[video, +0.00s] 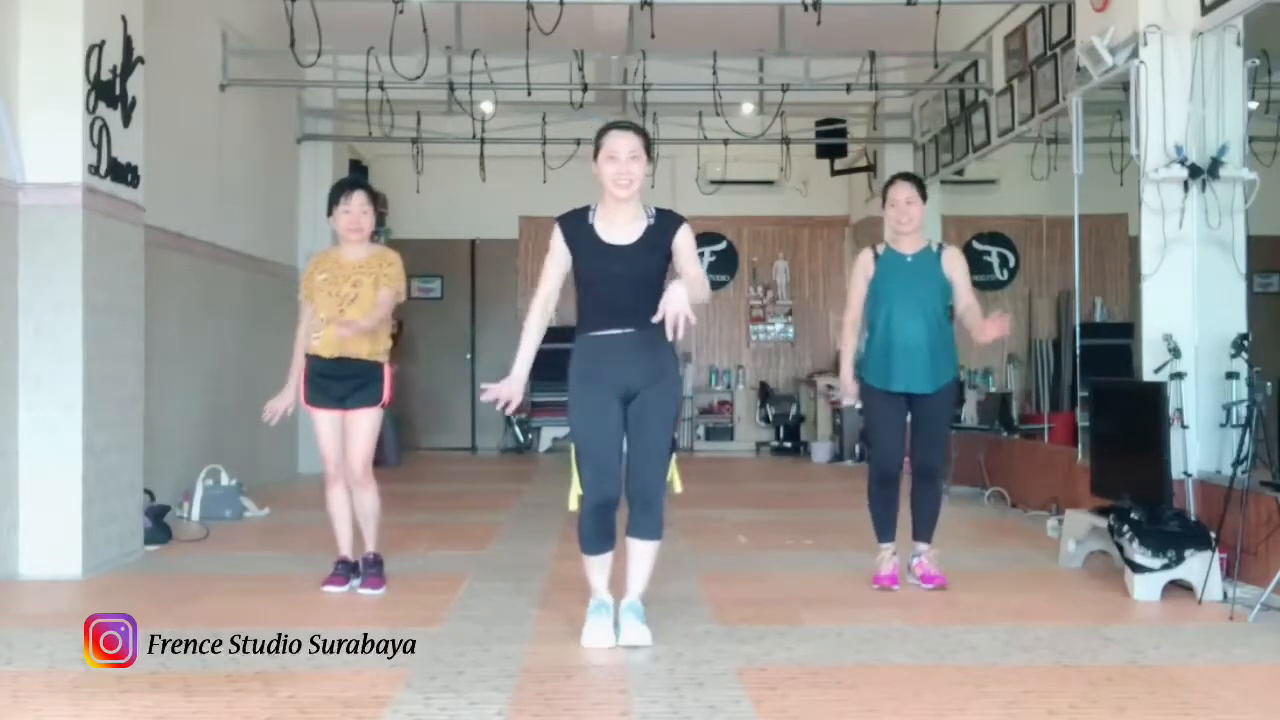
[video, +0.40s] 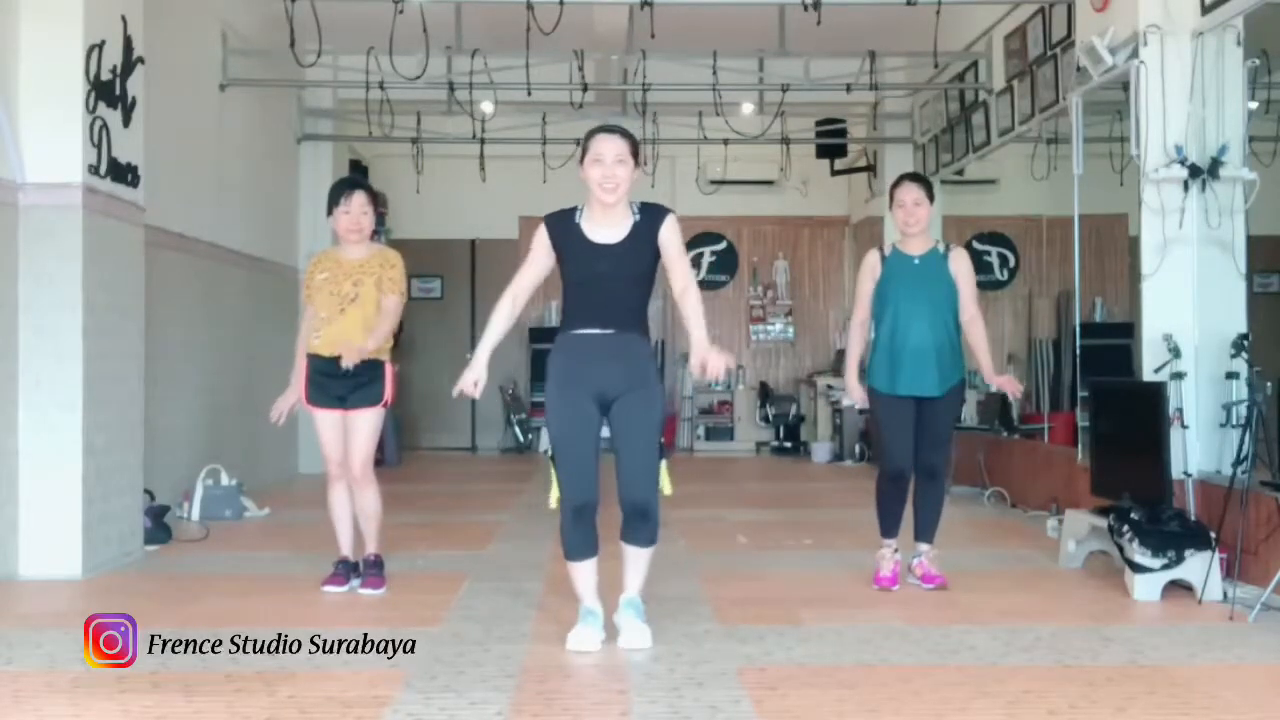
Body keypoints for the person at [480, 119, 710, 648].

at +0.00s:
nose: (624, 168)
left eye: (633, 158)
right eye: (613, 158)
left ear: (648, 167)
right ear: (595, 165)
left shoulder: (672, 228)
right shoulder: (570, 229)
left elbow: (703, 291)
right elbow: (542, 305)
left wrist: (681, 287)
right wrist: (518, 374)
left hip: (655, 367)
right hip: (592, 369)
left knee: (648, 488)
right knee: (599, 491)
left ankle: (633, 605)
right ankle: (599, 602)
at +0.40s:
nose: (608, 172)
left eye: (619, 162)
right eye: (598, 161)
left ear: (637, 170)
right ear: (581, 168)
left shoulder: (658, 223)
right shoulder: (556, 229)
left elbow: (684, 285)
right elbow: (516, 294)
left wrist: (701, 341)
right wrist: (480, 357)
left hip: (636, 369)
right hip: (572, 370)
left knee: (640, 494)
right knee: (578, 496)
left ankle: (631, 605)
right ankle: (589, 611)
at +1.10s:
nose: (594, 176)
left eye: (604, 168)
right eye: (583, 168)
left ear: (620, 178)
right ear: (566, 178)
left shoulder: (641, 235)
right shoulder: (540, 242)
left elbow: (660, 292)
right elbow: (509, 320)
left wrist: (666, 354)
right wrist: (540, 298)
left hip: (624, 375)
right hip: (559, 378)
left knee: (637, 475)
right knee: (571, 503)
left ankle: (628, 607)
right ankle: (589, 613)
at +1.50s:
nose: (589, 180)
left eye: (599, 171)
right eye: (579, 171)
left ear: (615, 183)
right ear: (561, 181)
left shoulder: (640, 243)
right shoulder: (538, 249)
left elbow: (655, 316)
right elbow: (522, 326)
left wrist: (668, 378)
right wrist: (530, 381)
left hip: (625, 385)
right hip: (558, 387)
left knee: (645, 475)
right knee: (566, 503)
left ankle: (639, 595)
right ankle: (590, 611)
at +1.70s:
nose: (592, 163)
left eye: (603, 154)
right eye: (580, 153)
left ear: (618, 164)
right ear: (564, 162)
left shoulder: (641, 220)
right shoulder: (538, 227)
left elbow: (671, 290)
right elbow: (514, 307)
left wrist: (662, 311)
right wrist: (504, 381)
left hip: (626, 366)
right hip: (562, 368)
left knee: (651, 489)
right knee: (575, 494)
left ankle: (636, 565)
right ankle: (588, 609)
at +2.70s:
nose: (590, 168)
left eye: (601, 158)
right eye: (579, 158)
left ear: (616, 167)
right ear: (561, 165)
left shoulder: (637, 226)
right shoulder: (535, 230)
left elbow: (663, 300)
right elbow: (512, 307)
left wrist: (683, 371)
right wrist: (529, 319)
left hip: (626, 368)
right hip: (561, 369)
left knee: (644, 481)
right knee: (575, 498)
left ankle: (639, 618)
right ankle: (590, 612)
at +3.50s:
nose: (590, 175)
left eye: (600, 167)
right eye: (579, 166)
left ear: (615, 178)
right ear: (562, 177)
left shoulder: (640, 237)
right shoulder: (537, 245)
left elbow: (664, 304)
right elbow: (520, 327)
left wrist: (669, 339)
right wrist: (519, 397)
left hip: (624, 380)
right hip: (558, 382)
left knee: (658, 472)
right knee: (570, 504)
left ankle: (646, 584)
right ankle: (590, 612)